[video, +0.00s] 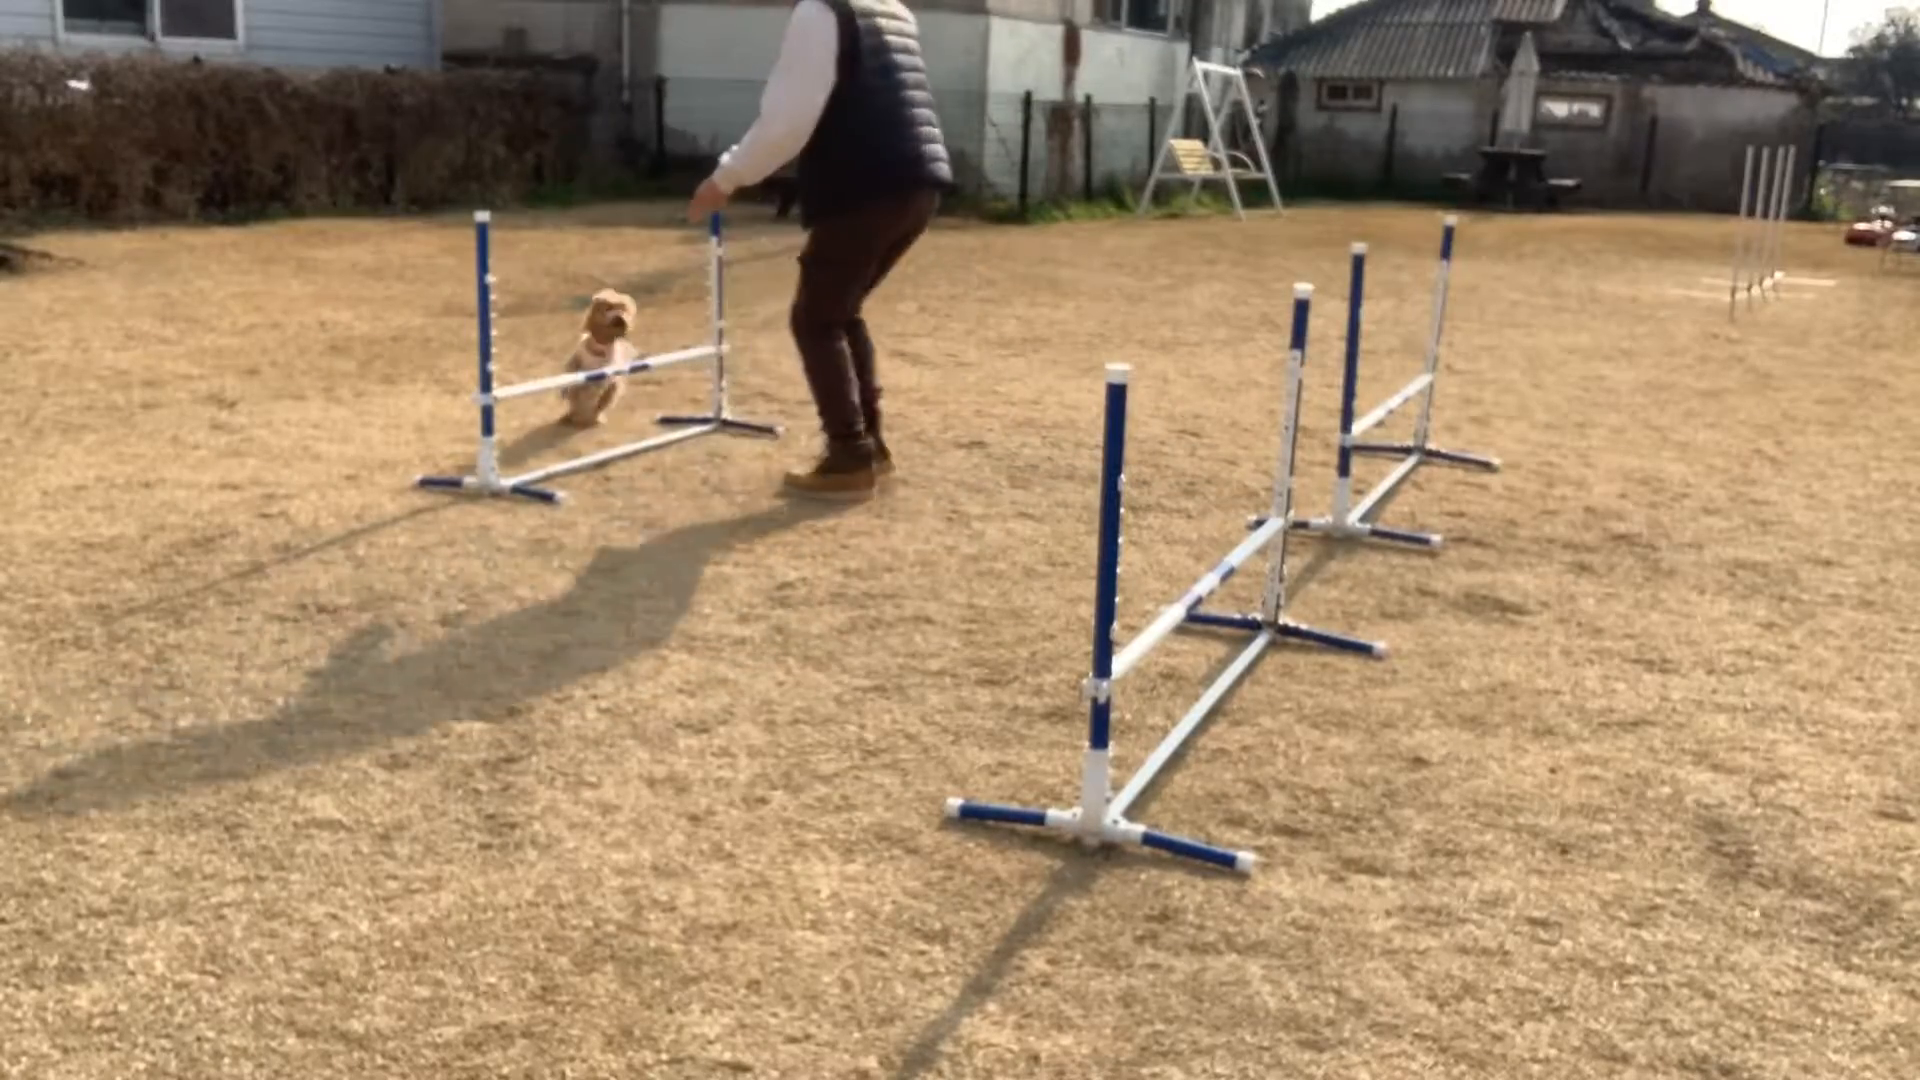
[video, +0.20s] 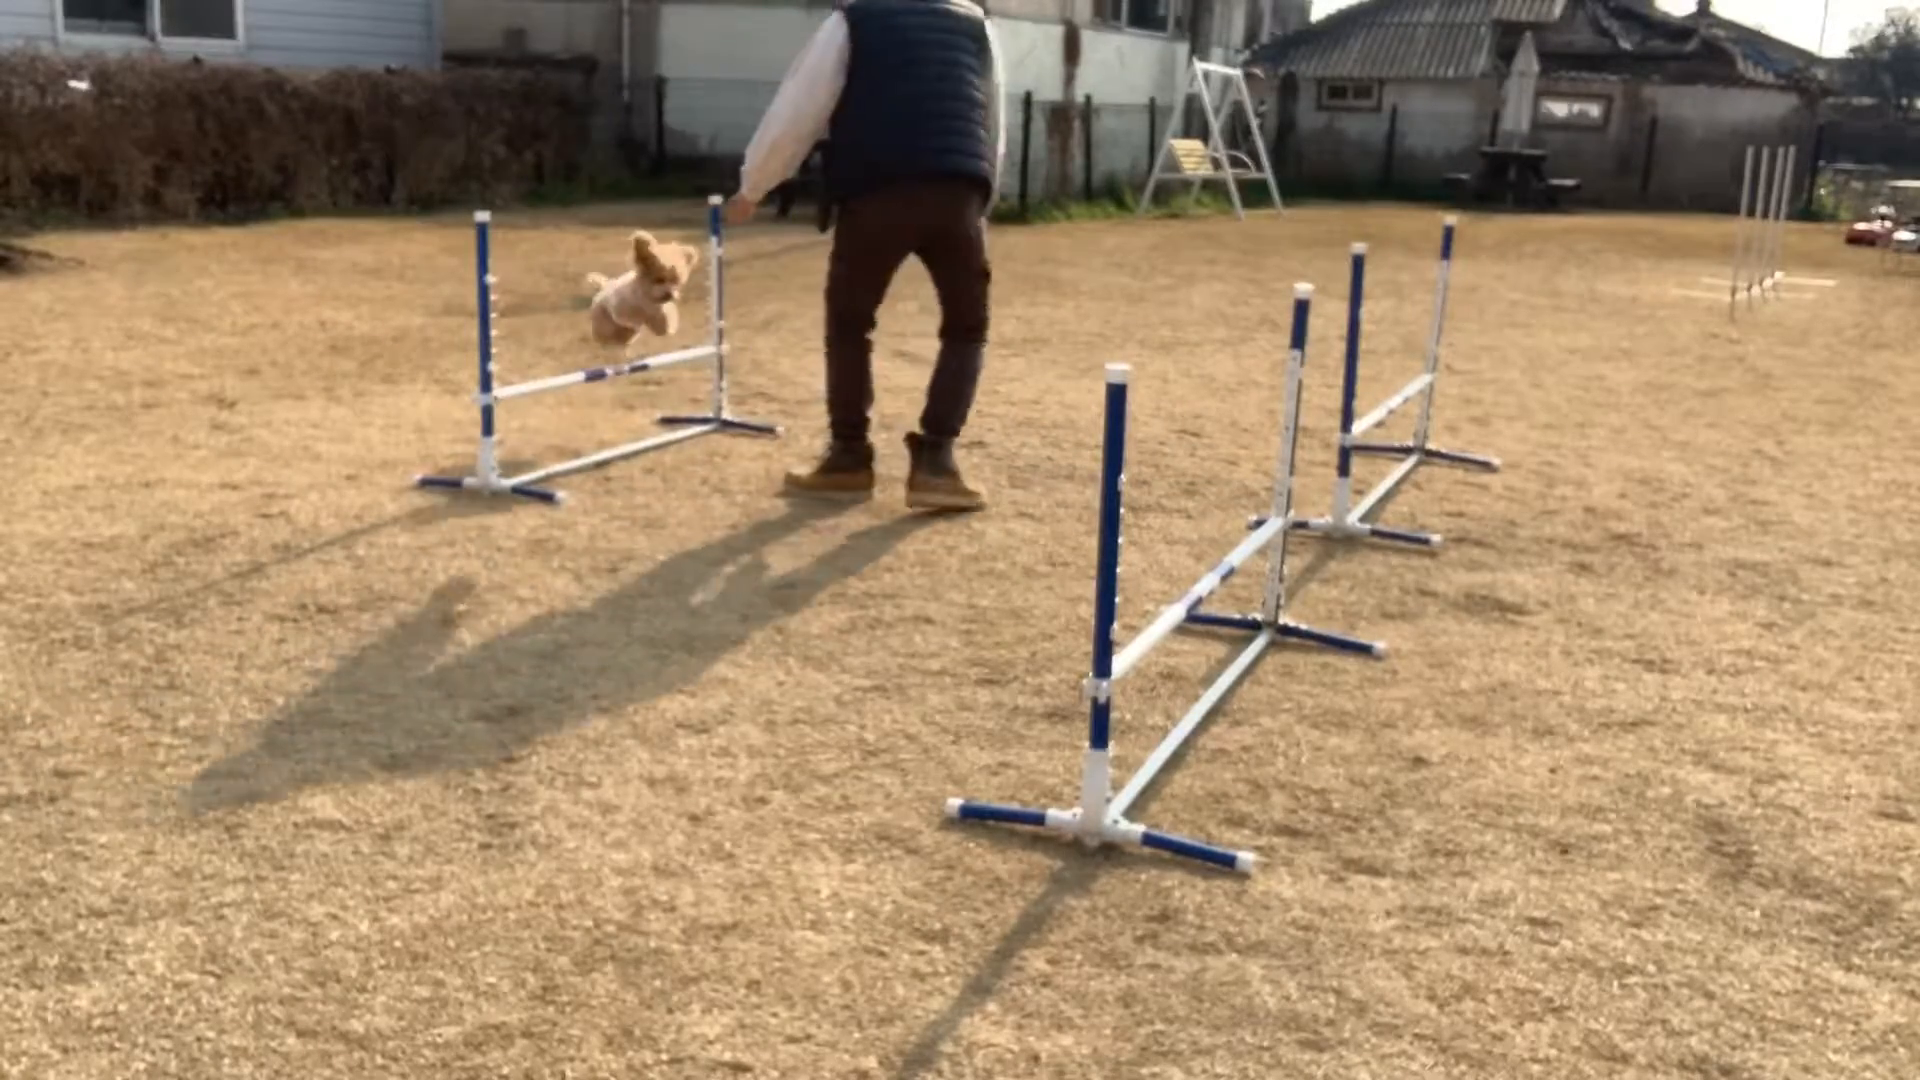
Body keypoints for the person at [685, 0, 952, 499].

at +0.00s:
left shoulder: (821, 12)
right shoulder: (894, 12)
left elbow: (788, 118)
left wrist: (723, 180)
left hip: (867, 188)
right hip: (917, 185)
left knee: (814, 318)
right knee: (842, 311)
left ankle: (848, 454)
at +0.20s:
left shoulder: (854, 18)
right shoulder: (975, 22)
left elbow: (798, 110)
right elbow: (993, 124)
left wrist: (749, 192)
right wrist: (978, 199)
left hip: (875, 197)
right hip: (955, 199)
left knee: (849, 325)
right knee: (965, 330)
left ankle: (848, 458)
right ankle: (935, 463)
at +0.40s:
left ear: (978, 6)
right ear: (1031, 10)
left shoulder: (928, 40)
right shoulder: (1047, 32)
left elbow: (884, 142)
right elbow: (1080, 141)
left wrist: (879, 224)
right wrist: (1074, 233)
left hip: (922, 195)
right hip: (996, 195)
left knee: (941, 314)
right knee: (994, 342)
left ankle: (913, 452)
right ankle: (932, 466)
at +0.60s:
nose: (1105, 17)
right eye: (1104, 14)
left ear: (1043, 7)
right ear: (1095, 8)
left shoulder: (1004, 45)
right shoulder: (1099, 33)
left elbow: (991, 132)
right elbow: (1136, 141)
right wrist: (1144, 242)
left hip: (962, 196)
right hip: (1024, 196)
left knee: (1051, 315)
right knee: (1019, 352)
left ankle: (1055, 458)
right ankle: (933, 462)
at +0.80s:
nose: (1185, 28)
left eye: (1186, 22)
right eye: (1185, 19)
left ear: (1133, 7)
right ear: (1174, 12)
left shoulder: (1106, 43)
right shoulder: (1150, 30)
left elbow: (1111, 184)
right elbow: (1172, 144)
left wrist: (1176, 253)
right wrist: (1189, 247)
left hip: (1028, 193)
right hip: (1054, 195)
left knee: (1108, 337)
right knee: (1142, 342)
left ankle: (1077, 461)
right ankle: (1041, 455)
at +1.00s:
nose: (1270, 31)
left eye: (1274, 21)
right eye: (1273, 16)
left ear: (1248, 9)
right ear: (1252, 3)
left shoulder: (1211, 72)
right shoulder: (1189, 22)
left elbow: (1245, 168)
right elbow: (1171, 135)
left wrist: (1341, 201)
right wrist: (1212, 230)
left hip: (1124, 217)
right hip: (1092, 208)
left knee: (1137, 344)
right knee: (1167, 347)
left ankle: (1073, 466)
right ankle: (1199, 513)